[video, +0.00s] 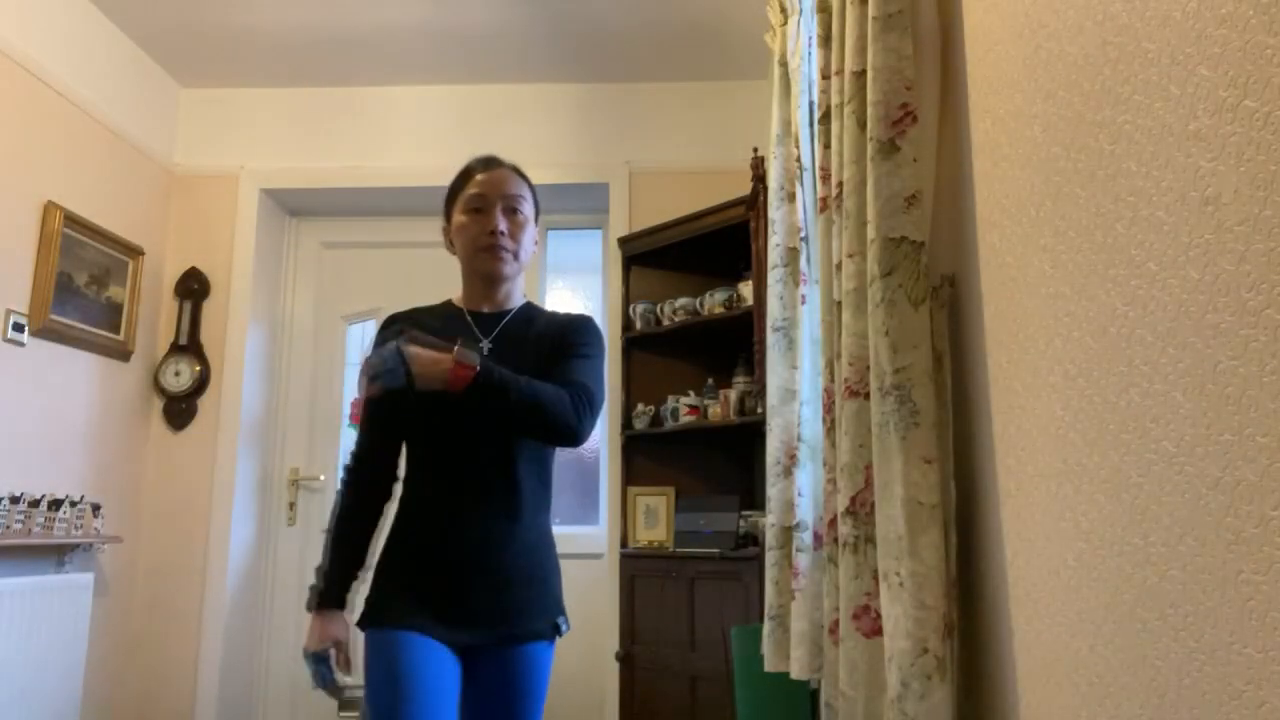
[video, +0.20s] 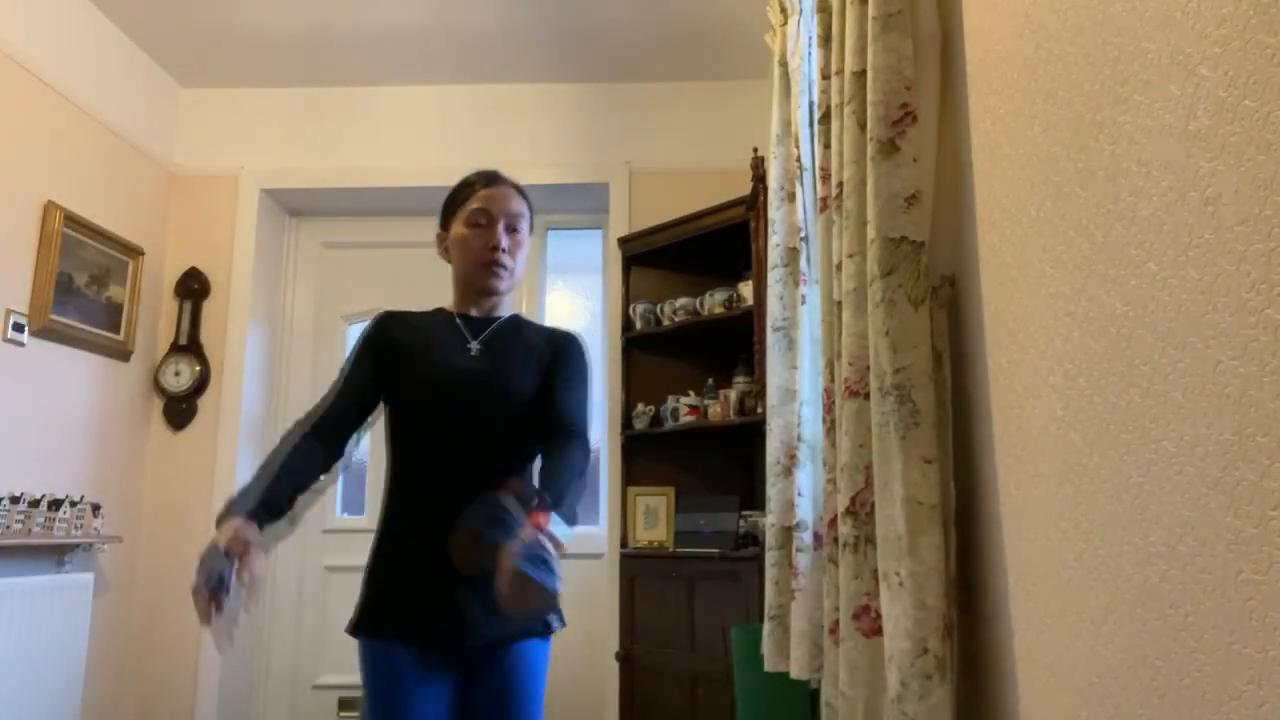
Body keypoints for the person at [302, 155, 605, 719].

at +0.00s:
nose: (497, 221)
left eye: (514, 209)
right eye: (477, 208)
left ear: (534, 234)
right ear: (449, 231)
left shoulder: (572, 334)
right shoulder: (406, 333)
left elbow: (574, 418)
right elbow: (371, 471)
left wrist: (458, 369)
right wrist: (329, 600)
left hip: (519, 604)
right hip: (413, 602)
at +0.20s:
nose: (499, 240)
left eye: (514, 229)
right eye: (481, 222)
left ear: (529, 250)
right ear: (444, 241)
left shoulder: (557, 352)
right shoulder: (397, 335)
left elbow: (570, 445)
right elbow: (323, 433)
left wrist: (548, 516)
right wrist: (247, 517)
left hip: (509, 608)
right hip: (406, 603)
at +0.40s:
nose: (505, 243)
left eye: (515, 232)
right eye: (485, 224)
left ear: (521, 251)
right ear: (437, 240)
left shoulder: (537, 354)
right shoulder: (387, 316)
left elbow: (566, 482)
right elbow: (357, 335)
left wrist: (595, 607)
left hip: (491, 574)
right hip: (389, 580)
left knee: (488, 703)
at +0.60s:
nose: (519, 256)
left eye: (525, 244)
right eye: (503, 235)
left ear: (531, 259)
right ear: (442, 243)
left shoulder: (532, 364)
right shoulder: (388, 327)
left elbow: (537, 480)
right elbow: (406, 330)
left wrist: (551, 591)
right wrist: (479, 306)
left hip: (496, 592)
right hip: (393, 595)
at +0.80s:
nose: (517, 249)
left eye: (524, 237)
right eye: (498, 229)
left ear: (529, 252)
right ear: (444, 242)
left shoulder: (533, 360)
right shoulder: (391, 323)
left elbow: (521, 475)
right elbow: (396, 360)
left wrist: (513, 566)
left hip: (500, 592)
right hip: (405, 589)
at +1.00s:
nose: (501, 232)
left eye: (516, 222)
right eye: (482, 215)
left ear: (529, 244)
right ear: (442, 232)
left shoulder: (551, 348)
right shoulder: (390, 319)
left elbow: (556, 473)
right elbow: (353, 413)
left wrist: (561, 577)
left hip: (514, 575)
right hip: (408, 574)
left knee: (519, 712)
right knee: (404, 711)